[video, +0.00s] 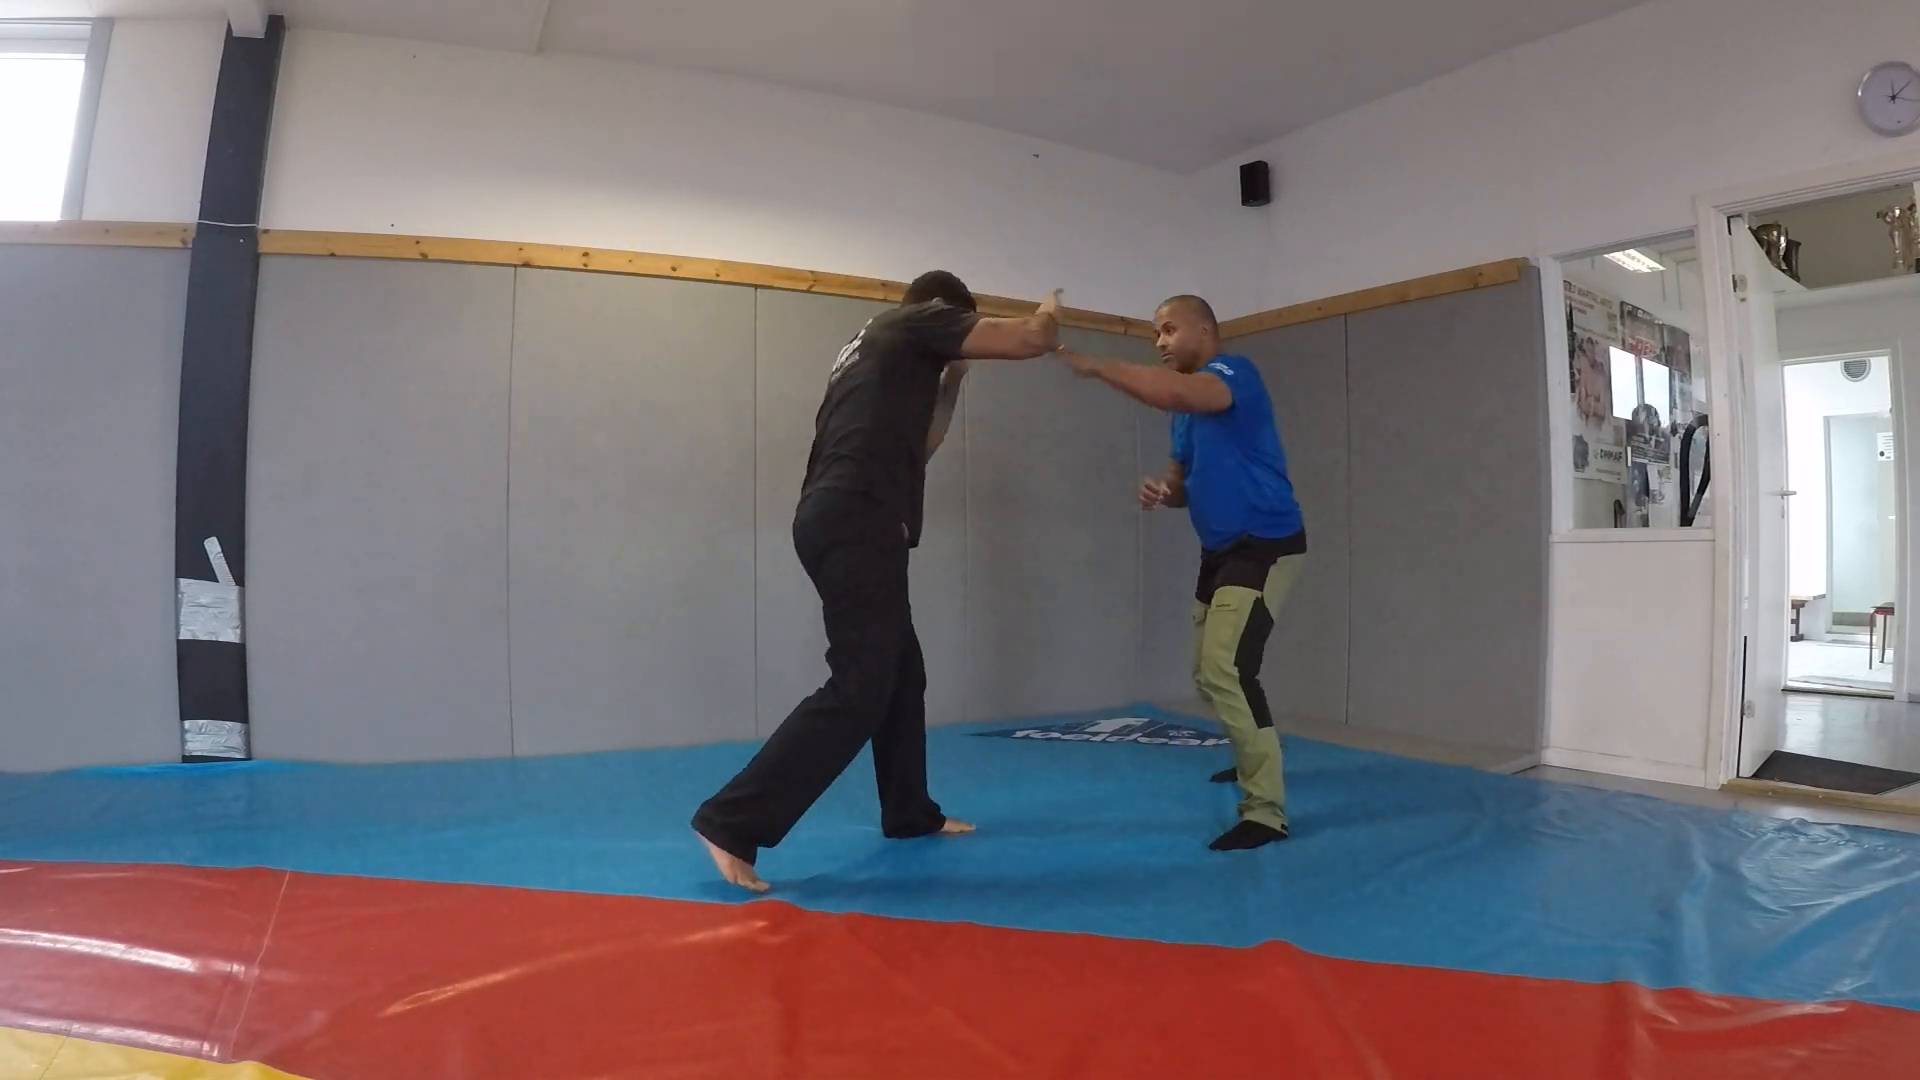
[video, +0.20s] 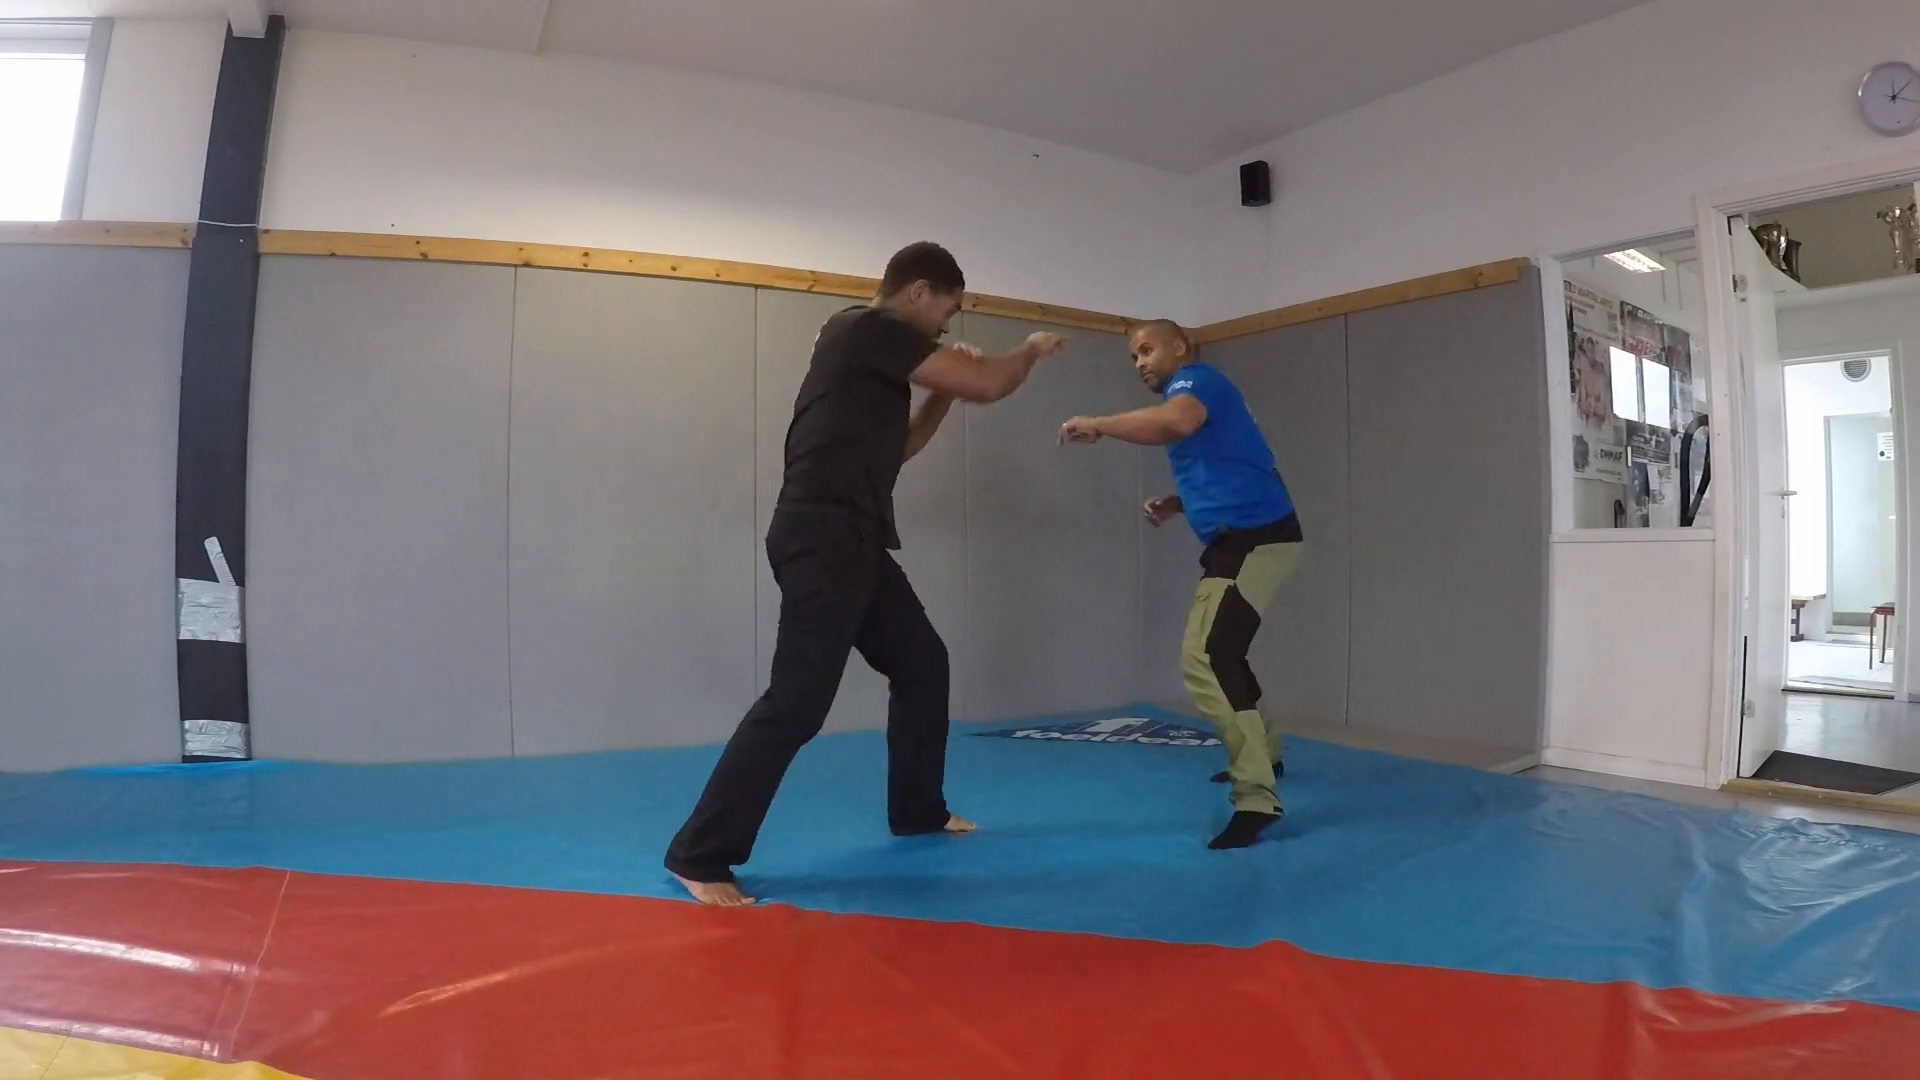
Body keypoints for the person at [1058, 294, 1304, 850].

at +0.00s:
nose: (1161, 341)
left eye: (1170, 329)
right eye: (1157, 335)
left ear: (1208, 330)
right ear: (1166, 343)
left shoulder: (1235, 373)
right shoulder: (1181, 397)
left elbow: (1175, 393)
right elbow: (1185, 485)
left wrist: (1096, 367)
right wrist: (1163, 491)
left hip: (1265, 545)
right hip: (1222, 548)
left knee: (1224, 673)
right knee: (1211, 671)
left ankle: (1267, 813)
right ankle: (1254, 758)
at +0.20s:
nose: (1139, 362)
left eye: (1146, 350)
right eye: (1134, 357)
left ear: (1180, 347)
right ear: (1143, 365)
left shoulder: (1200, 380)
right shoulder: (1187, 396)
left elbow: (1176, 423)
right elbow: (1222, 468)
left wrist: (1099, 425)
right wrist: (1179, 501)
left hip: (1258, 537)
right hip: (1237, 540)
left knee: (1205, 659)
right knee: (1217, 654)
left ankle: (1257, 799)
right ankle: (1261, 754)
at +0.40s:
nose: (1119, 372)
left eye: (1126, 360)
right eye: (1115, 368)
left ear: (1159, 356)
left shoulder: (1173, 384)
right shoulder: (1176, 398)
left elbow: (1165, 427)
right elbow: (1213, 466)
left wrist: (1105, 411)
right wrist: (1167, 503)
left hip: (1239, 535)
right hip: (1249, 534)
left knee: (1179, 656)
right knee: (1224, 656)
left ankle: (1173, 808)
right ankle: (1263, 756)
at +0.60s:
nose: (1102, 368)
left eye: (1111, 355)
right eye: (1097, 361)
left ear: (1145, 351)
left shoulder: (1160, 382)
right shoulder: (1160, 400)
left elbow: (1093, 399)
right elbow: (1192, 468)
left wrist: (1054, 365)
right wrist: (1136, 484)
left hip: (1218, 550)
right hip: (1233, 547)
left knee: (1137, 659)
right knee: (1210, 660)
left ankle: (1151, 816)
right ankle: (1261, 749)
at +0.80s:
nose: (1099, 352)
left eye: (1108, 339)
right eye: (1094, 347)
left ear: (1144, 337)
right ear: (1099, 357)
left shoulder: (1161, 376)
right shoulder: (1135, 400)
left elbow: (1153, 428)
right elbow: (1115, 478)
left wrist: (1069, 402)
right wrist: (1088, 424)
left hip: (1205, 550)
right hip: (1187, 550)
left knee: (1118, 662)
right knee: (1196, 670)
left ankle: (1149, 818)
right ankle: (1257, 744)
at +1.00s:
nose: (1100, 341)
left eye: (1111, 328)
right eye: (1095, 333)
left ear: (1149, 329)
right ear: (1094, 340)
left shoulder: (1191, 390)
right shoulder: (1096, 393)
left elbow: (1238, 472)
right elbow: (1014, 410)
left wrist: (1163, 455)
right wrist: (985, 347)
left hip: (1194, 552)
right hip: (1150, 557)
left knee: (1116, 664)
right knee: (1179, 674)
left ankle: (1149, 818)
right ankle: (1246, 736)